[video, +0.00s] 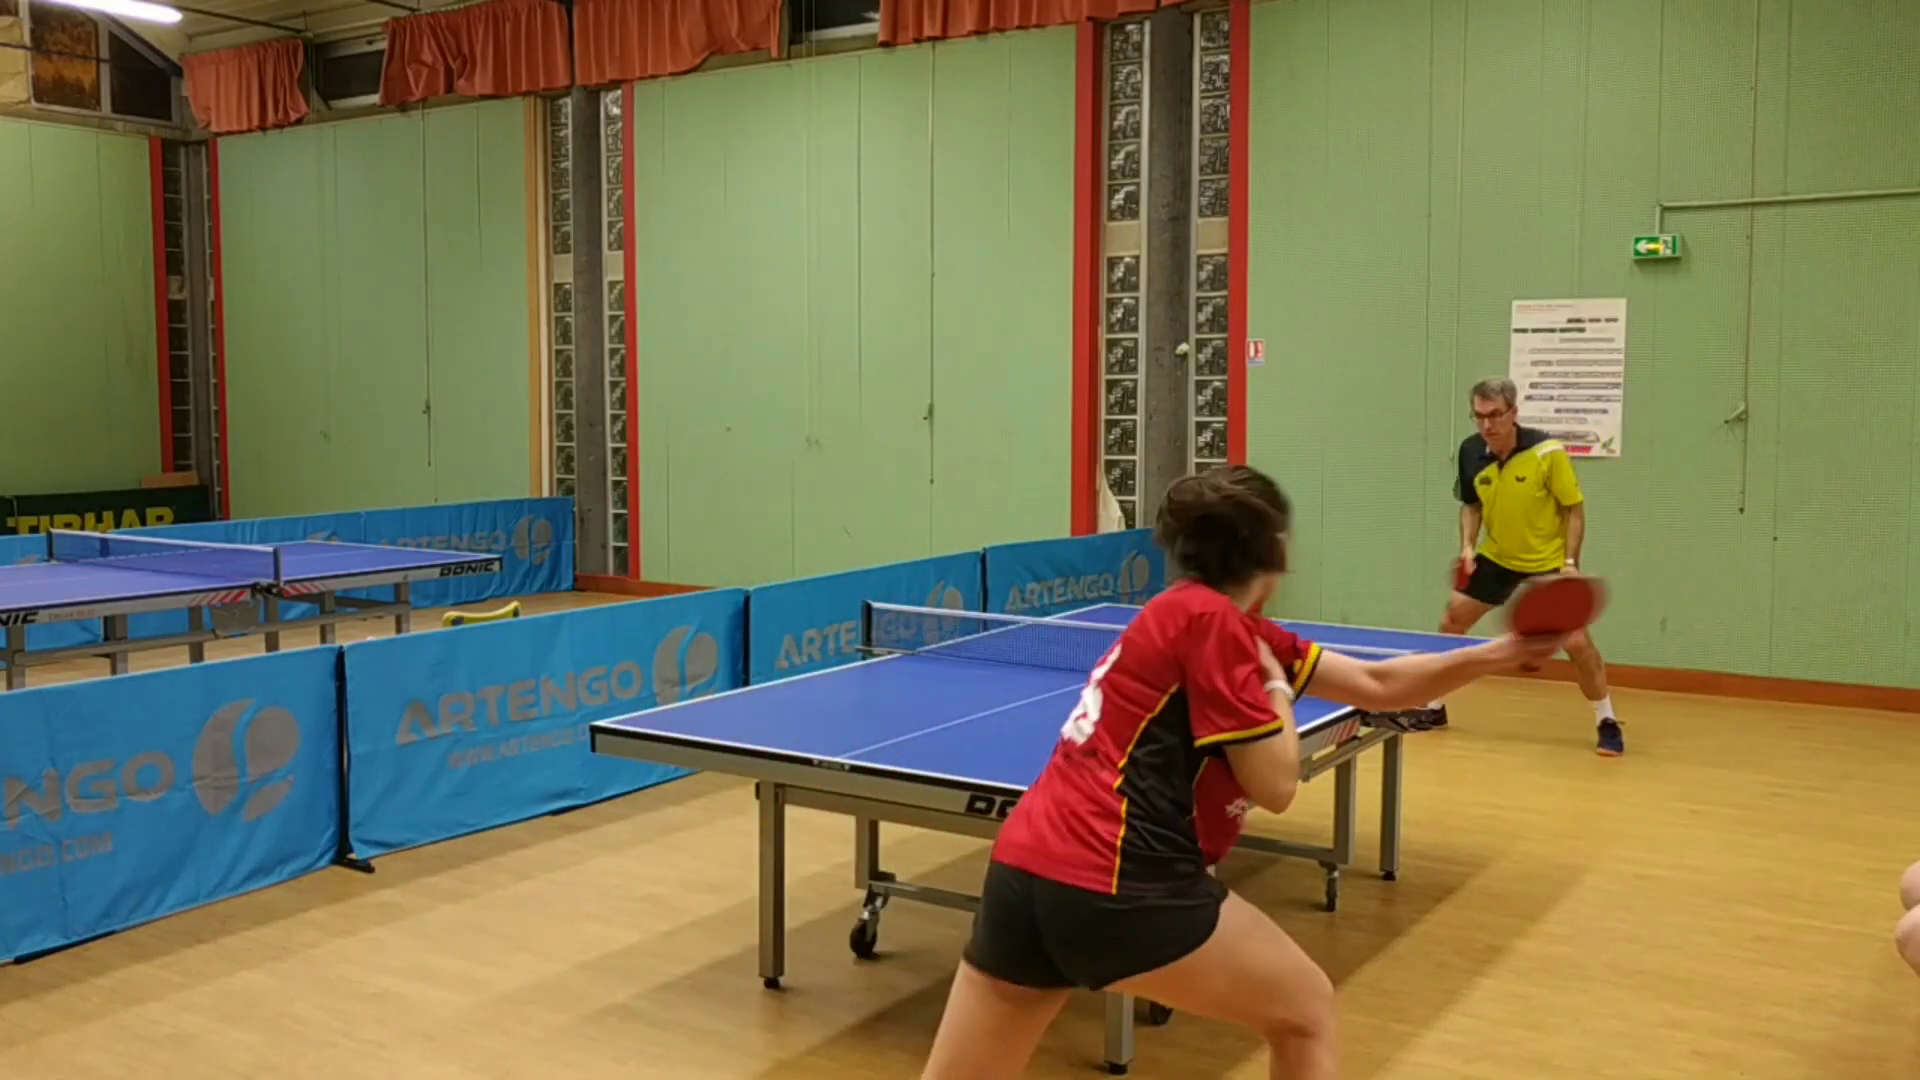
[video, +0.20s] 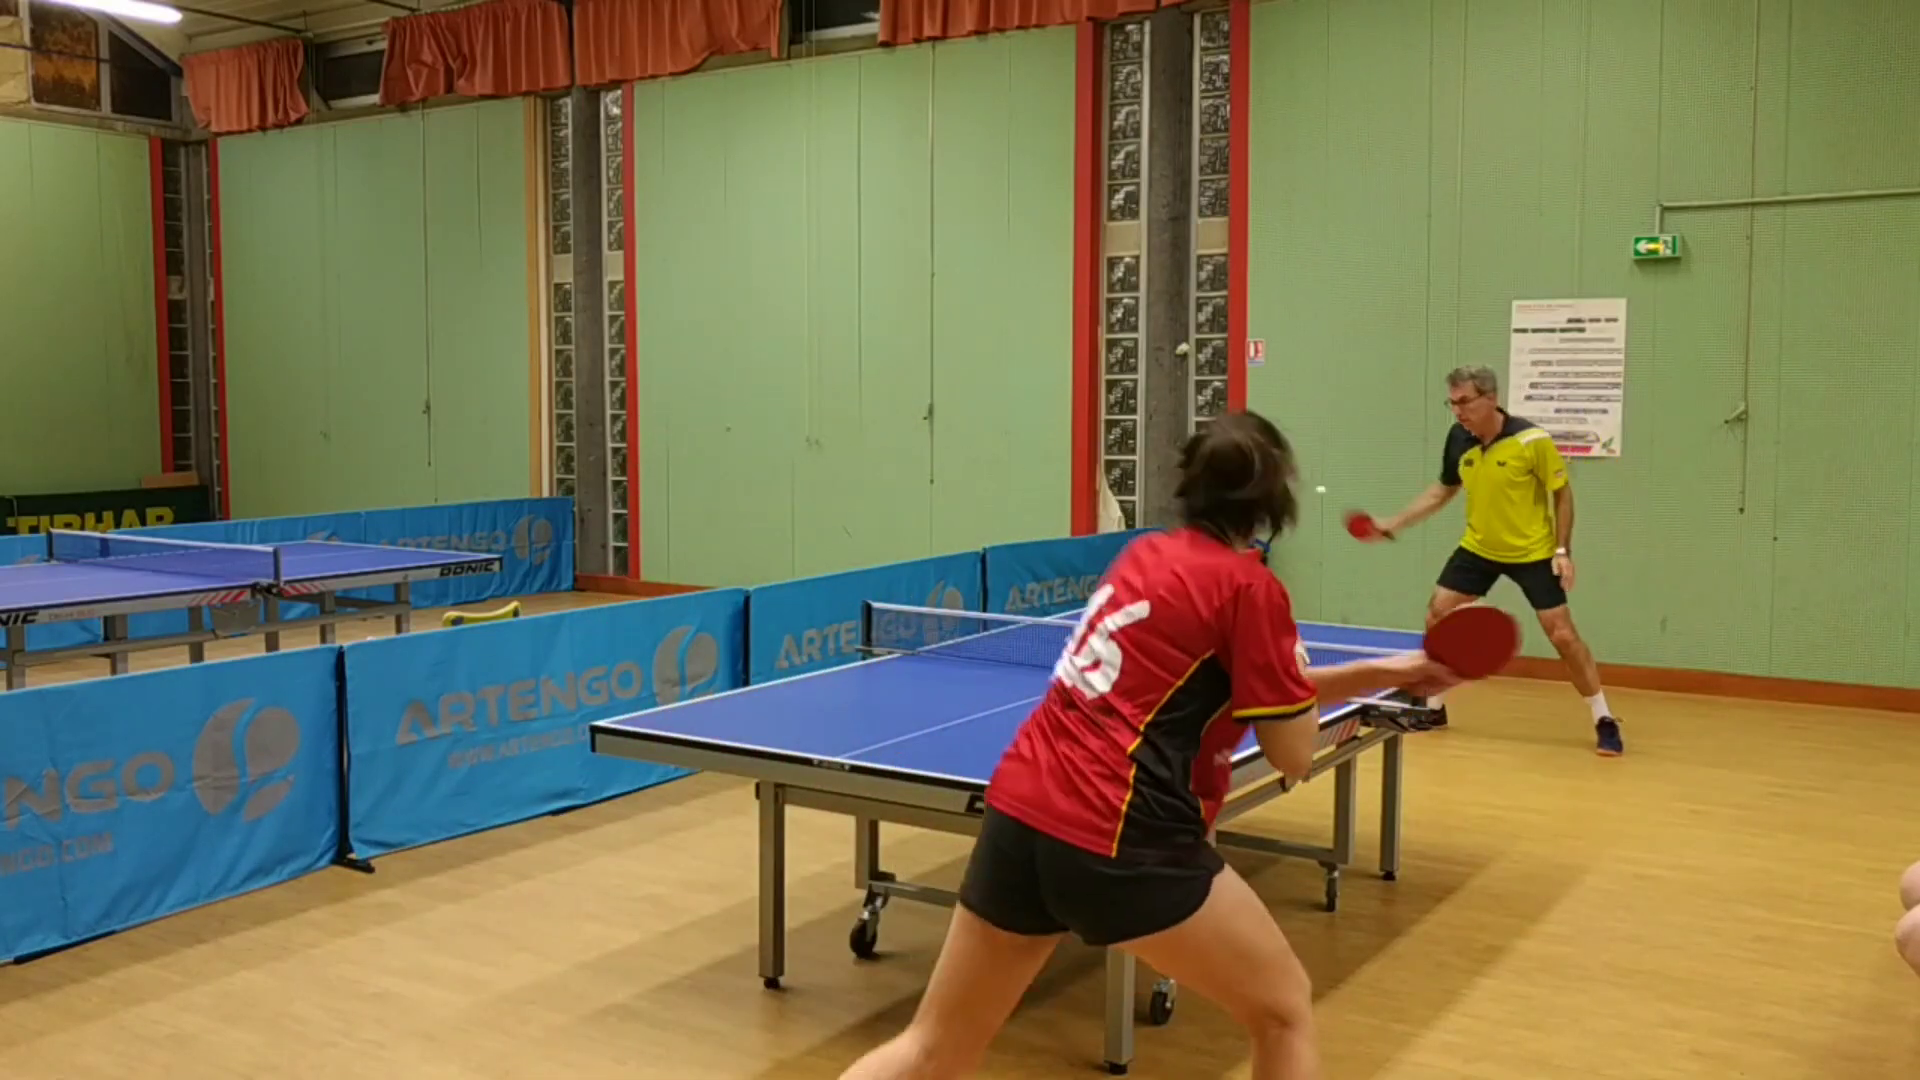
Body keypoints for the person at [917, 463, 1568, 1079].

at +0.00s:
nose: (1287, 550)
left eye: (1283, 535)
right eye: (1283, 537)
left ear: (1192, 548)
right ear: (1267, 549)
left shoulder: (1193, 612)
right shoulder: (1216, 626)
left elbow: (1378, 685)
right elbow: (1274, 787)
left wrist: (1499, 655)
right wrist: (1274, 693)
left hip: (1023, 877)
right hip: (1123, 890)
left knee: (954, 1074)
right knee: (1306, 1010)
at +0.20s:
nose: (1288, 494)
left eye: (1285, 479)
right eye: (1284, 481)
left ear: (1190, 484)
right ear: (1270, 496)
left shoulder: (1144, 554)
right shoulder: (1247, 586)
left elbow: (1254, 680)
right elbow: (1295, 759)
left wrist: (1393, 672)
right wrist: (1283, 701)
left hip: (1015, 818)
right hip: (1121, 844)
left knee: (932, 1046)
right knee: (1283, 1013)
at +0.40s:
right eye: (1144, 417)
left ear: (1061, 431)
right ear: (1145, 438)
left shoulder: (998, 520)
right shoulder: (1171, 547)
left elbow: (1015, 622)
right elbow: (1250, 693)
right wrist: (1229, 606)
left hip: (962, 810)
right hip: (1088, 824)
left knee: (886, 1011)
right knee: (1215, 1000)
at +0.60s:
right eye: (1038, 439)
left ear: (958, 455)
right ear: (1040, 452)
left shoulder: (915, 558)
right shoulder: (1106, 549)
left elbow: (858, 708)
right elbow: (1190, 673)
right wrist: (1124, 660)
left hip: (953, 842)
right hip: (1083, 845)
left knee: (850, 1010)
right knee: (1173, 998)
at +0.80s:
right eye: (1073, 465)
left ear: (990, 494)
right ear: (1069, 482)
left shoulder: (985, 591)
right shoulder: (1154, 559)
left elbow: (932, 736)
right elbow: (1241, 679)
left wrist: (827, 695)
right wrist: (1149, 666)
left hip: (1054, 846)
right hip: (1177, 843)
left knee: (903, 1026)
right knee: (1233, 1007)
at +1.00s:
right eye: (1249, 486)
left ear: (1172, 497)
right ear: (1249, 499)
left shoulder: (1138, 566)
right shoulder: (1273, 571)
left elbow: (1206, 623)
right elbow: (1319, 696)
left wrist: (1313, 606)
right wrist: (1274, 631)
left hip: (1091, 828)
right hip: (1213, 837)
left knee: (966, 1037)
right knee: (1291, 985)